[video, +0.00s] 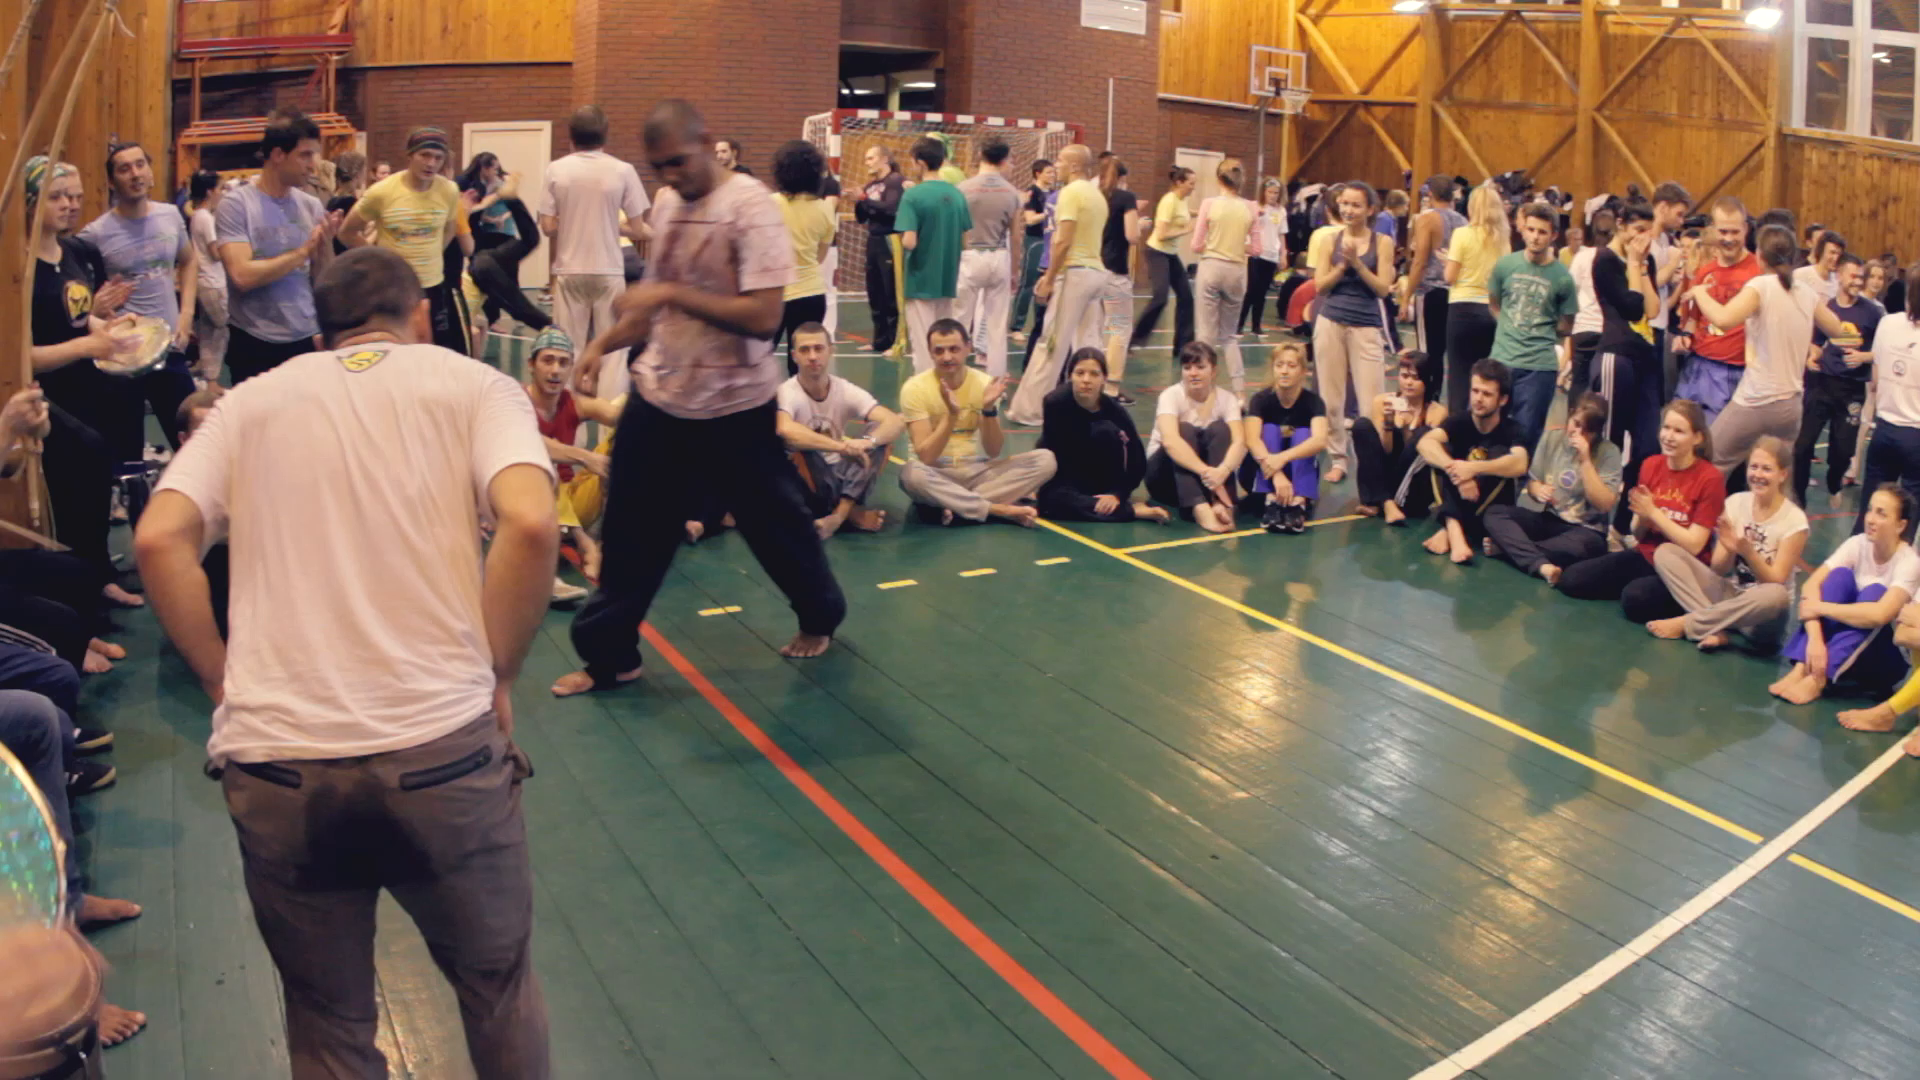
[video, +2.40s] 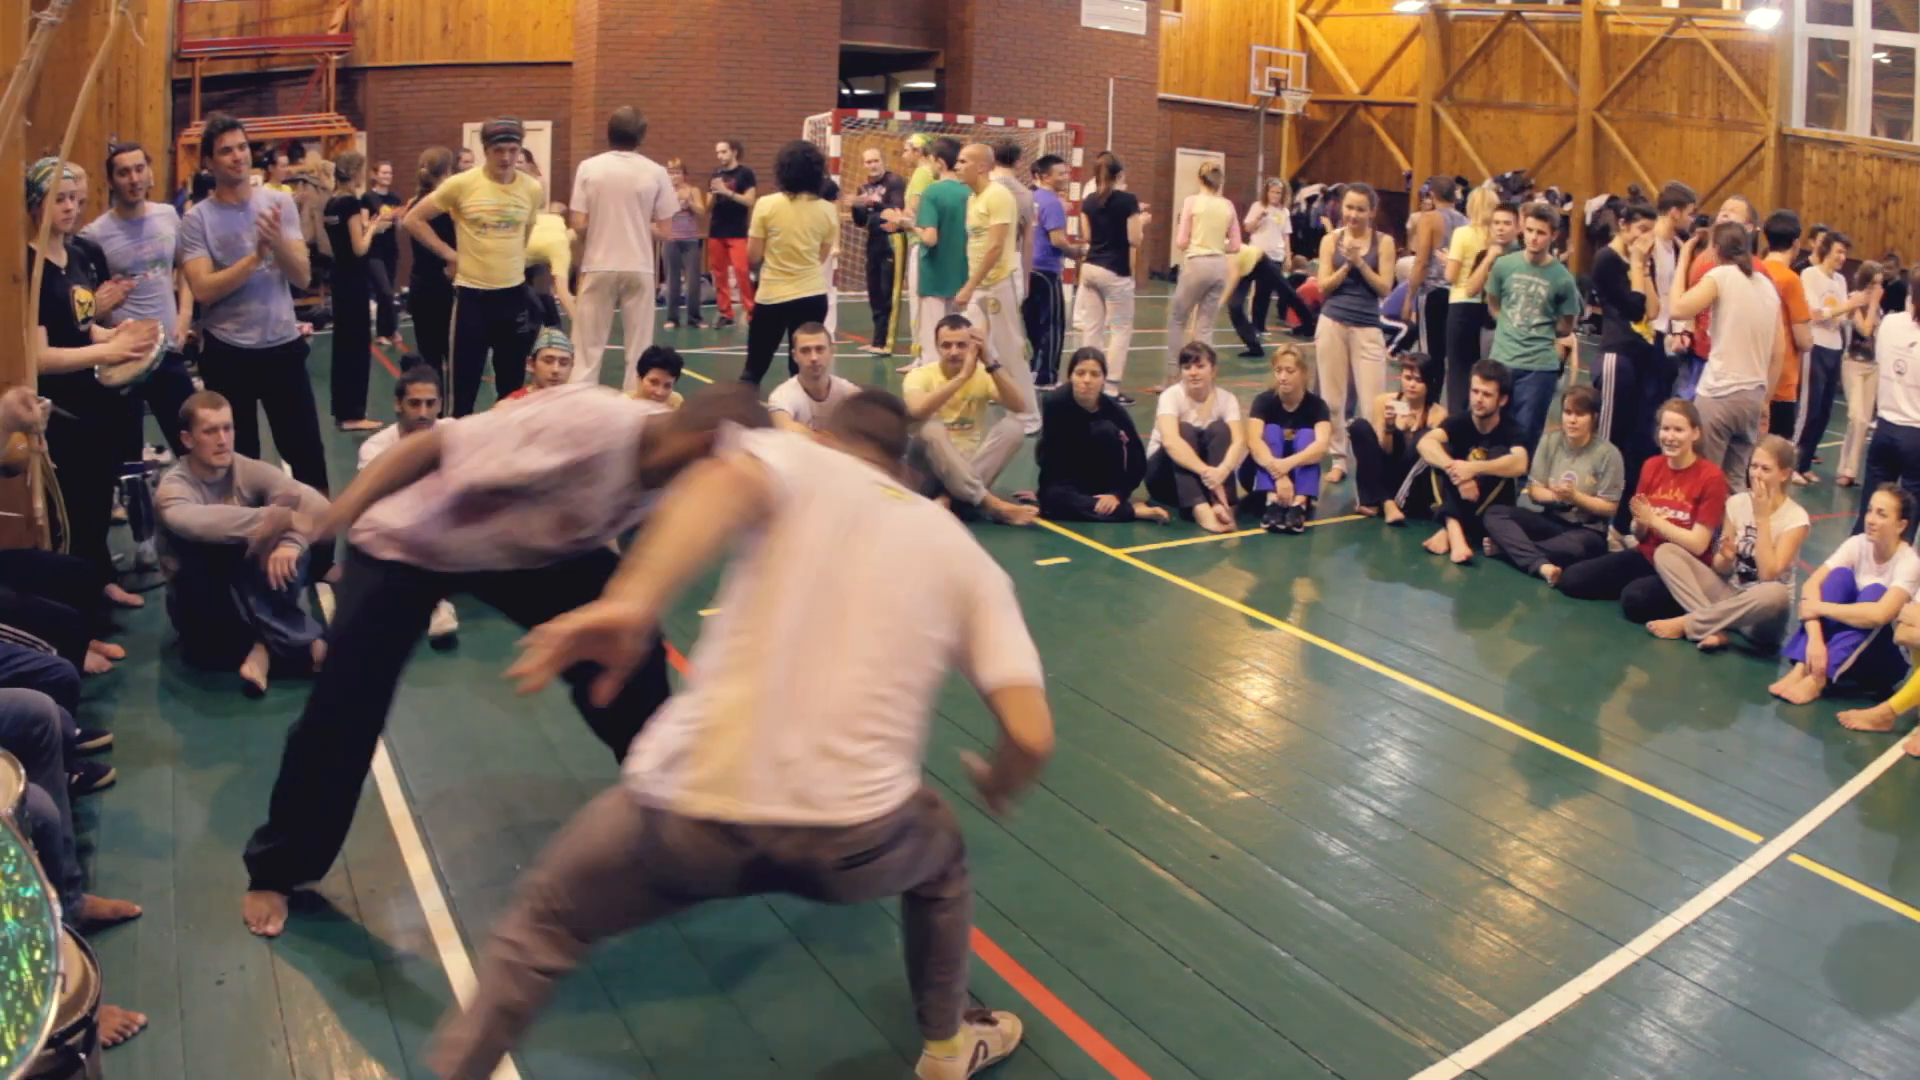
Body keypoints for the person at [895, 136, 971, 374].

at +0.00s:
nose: (912, 165)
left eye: (913, 161)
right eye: (912, 161)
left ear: (920, 163)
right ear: (941, 162)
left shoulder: (913, 195)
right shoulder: (956, 193)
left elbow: (909, 242)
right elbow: (965, 240)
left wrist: (906, 232)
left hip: (921, 279)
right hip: (948, 278)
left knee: (922, 344)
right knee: (946, 339)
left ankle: (925, 394)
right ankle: (948, 390)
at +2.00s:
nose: (928, 164)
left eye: (931, 159)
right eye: (929, 159)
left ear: (940, 162)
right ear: (957, 163)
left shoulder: (931, 193)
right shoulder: (969, 195)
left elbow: (927, 237)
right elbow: (974, 239)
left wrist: (909, 227)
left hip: (932, 277)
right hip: (958, 276)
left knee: (930, 336)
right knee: (956, 334)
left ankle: (930, 387)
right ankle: (956, 383)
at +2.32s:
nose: (929, 163)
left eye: (932, 159)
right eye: (930, 158)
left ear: (940, 162)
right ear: (957, 163)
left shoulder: (933, 192)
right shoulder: (968, 193)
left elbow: (929, 237)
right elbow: (970, 234)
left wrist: (909, 225)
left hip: (934, 275)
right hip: (960, 274)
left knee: (931, 337)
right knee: (958, 332)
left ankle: (932, 382)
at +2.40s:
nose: (929, 164)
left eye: (931, 159)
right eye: (929, 159)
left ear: (939, 162)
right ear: (955, 162)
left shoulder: (932, 192)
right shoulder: (968, 191)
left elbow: (930, 237)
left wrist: (908, 225)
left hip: (935, 272)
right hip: (961, 271)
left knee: (932, 332)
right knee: (957, 329)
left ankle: (930, 369)